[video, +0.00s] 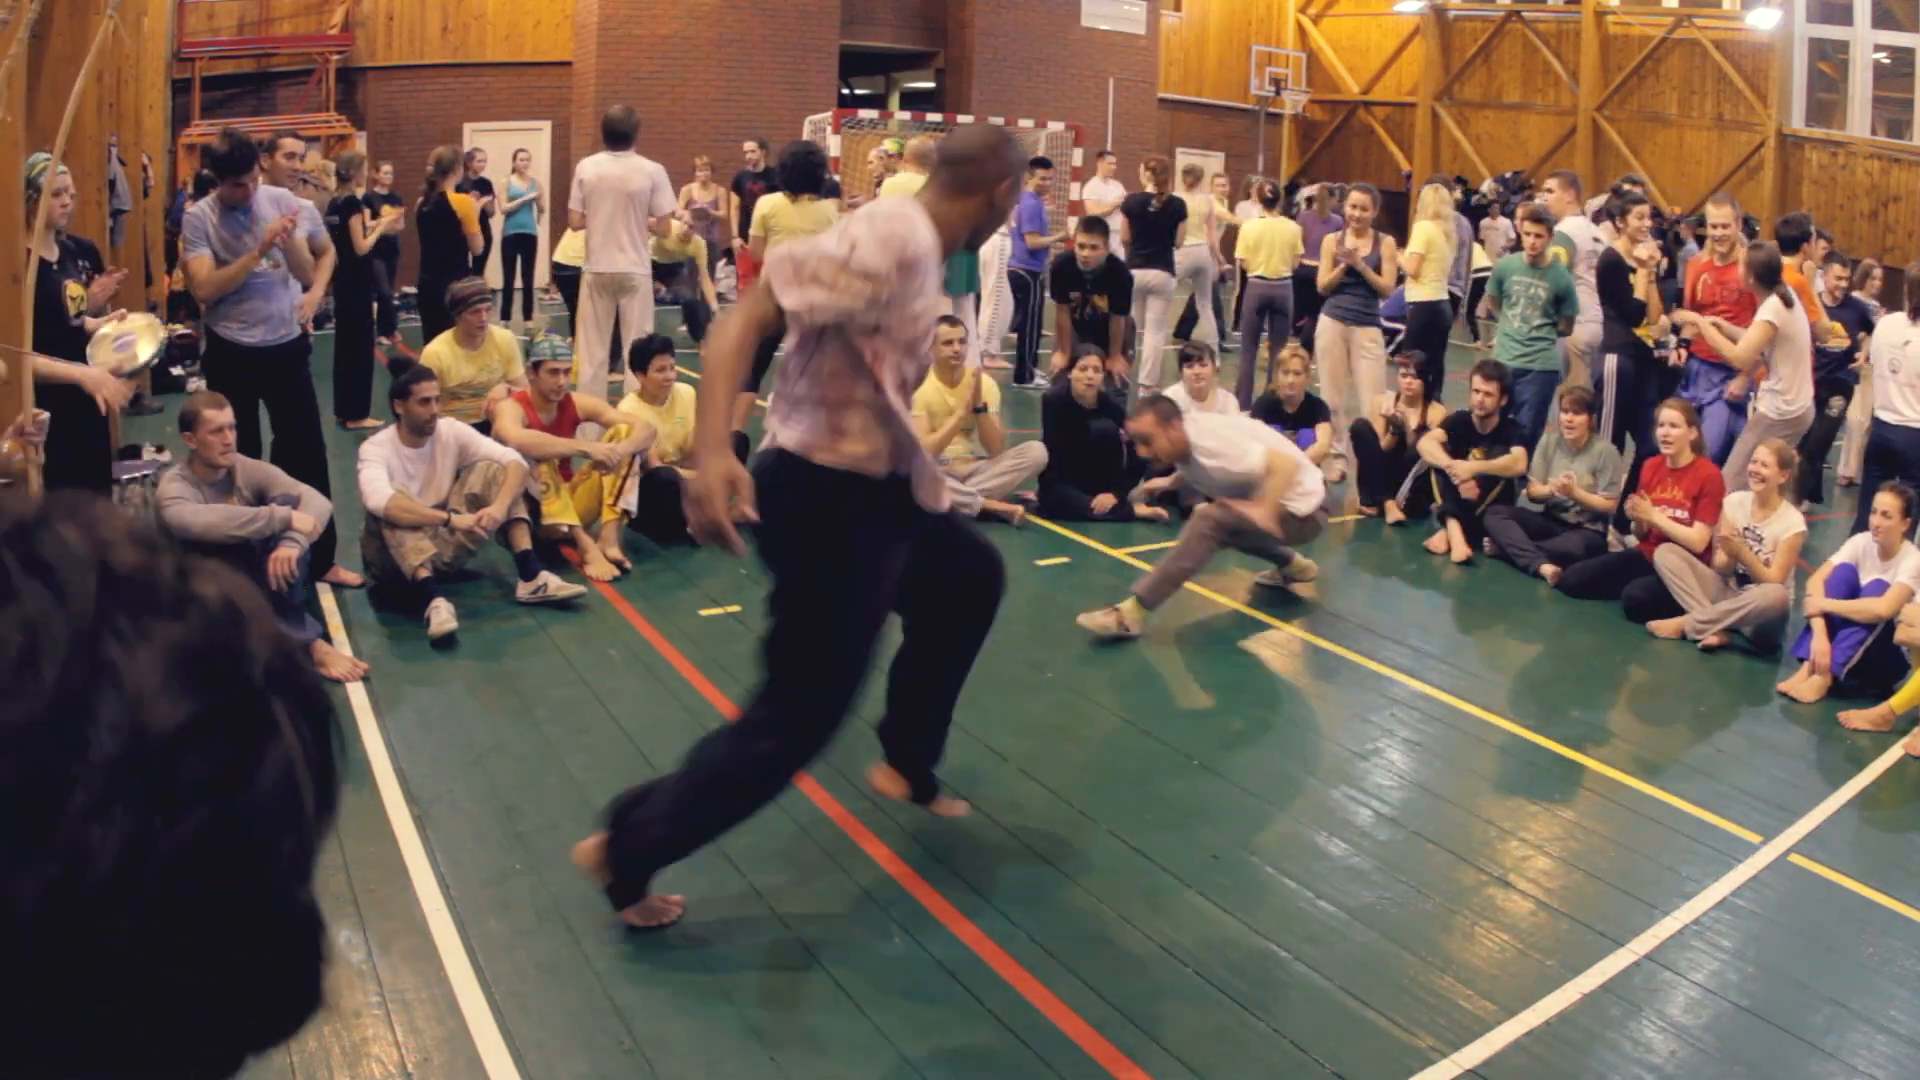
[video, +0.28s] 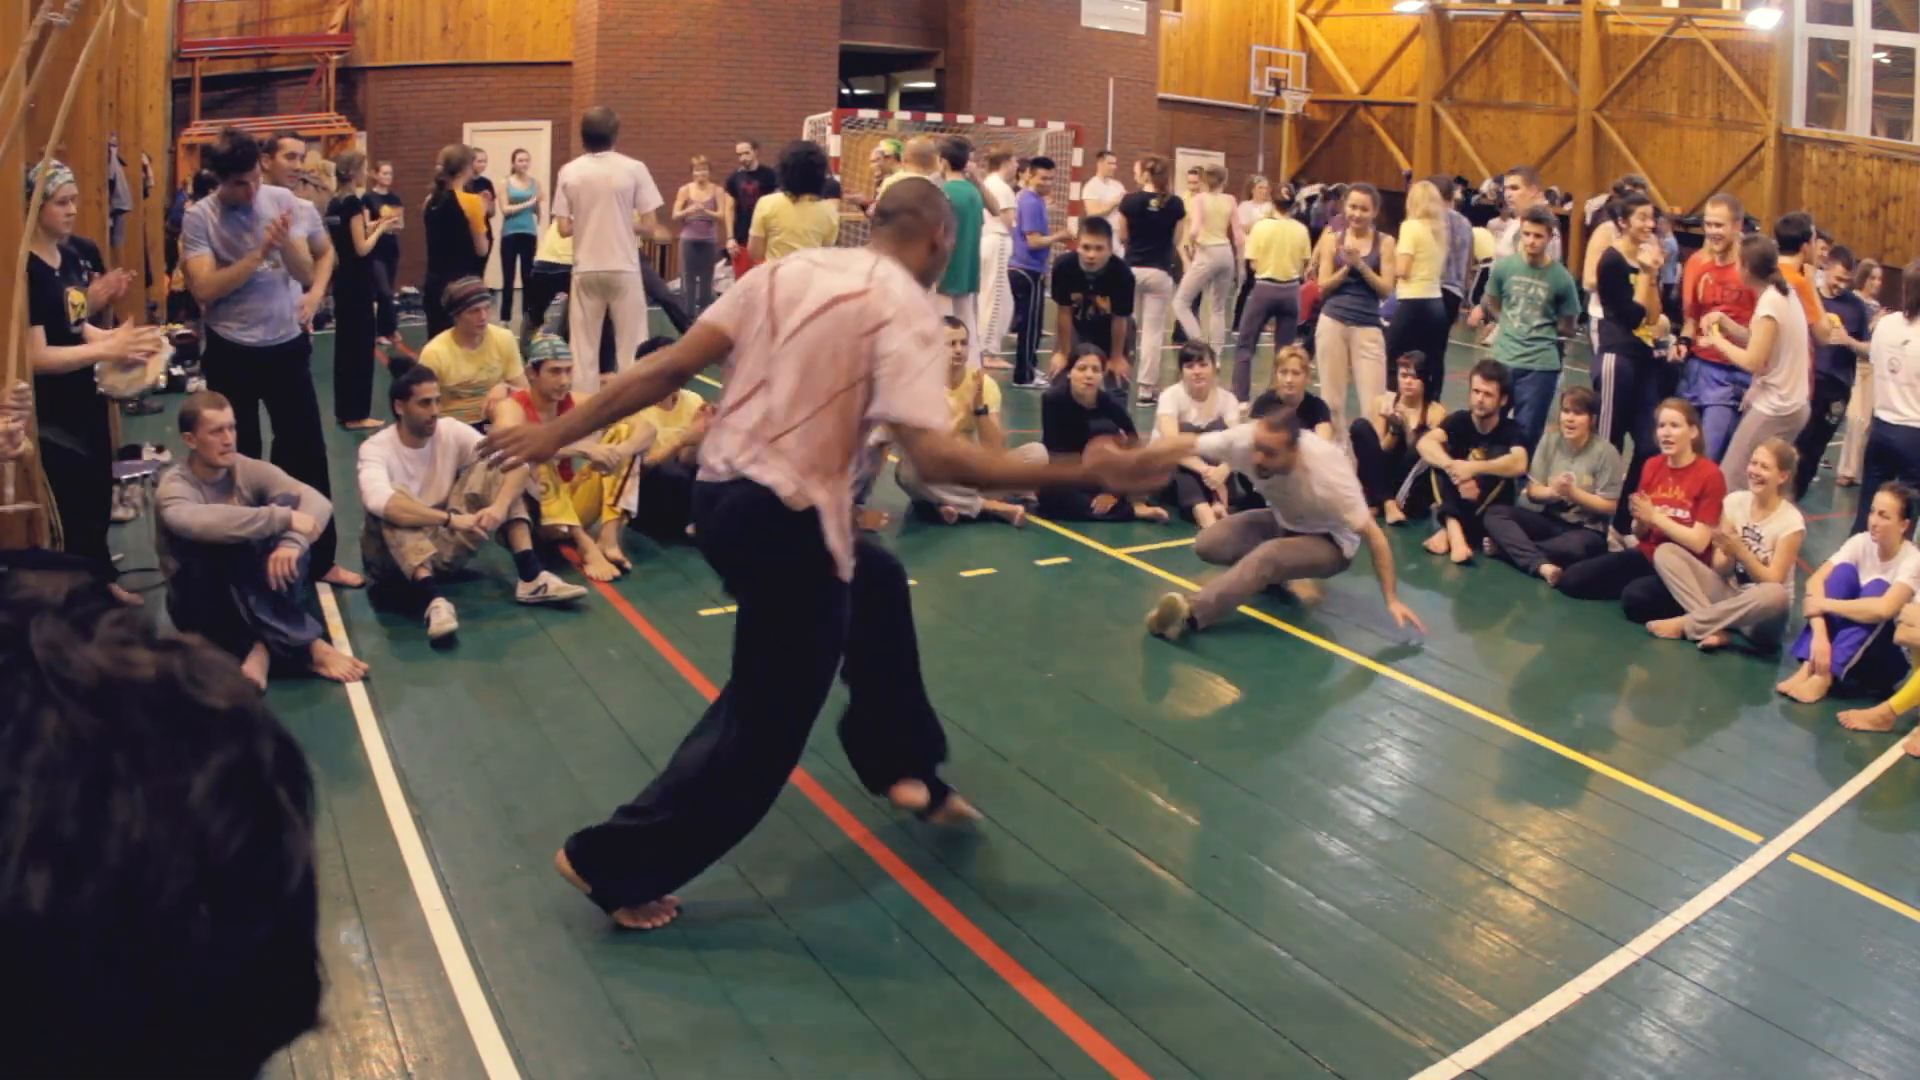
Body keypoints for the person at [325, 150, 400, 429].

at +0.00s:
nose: (370, 175)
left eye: (369, 169)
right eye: (367, 170)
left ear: (342, 172)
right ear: (357, 172)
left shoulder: (335, 203)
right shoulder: (352, 204)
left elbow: (352, 241)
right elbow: (360, 246)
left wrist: (377, 225)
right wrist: (381, 226)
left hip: (343, 281)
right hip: (358, 283)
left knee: (349, 343)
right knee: (360, 345)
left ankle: (346, 411)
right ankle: (355, 414)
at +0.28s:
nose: (370, 174)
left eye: (368, 169)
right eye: (367, 169)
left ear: (343, 172)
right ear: (357, 172)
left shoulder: (335, 203)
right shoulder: (355, 203)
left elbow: (346, 244)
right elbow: (361, 247)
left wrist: (377, 226)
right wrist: (381, 228)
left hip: (342, 280)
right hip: (358, 282)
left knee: (348, 343)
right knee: (361, 345)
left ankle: (347, 411)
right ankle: (356, 414)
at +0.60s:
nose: (369, 175)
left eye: (368, 169)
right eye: (366, 170)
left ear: (342, 172)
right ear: (357, 172)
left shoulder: (334, 202)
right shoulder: (354, 203)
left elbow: (343, 244)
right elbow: (363, 247)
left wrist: (368, 225)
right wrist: (380, 227)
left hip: (342, 280)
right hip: (358, 282)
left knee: (348, 343)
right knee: (360, 345)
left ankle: (346, 411)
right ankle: (356, 414)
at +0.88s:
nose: (370, 173)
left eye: (369, 168)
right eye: (367, 169)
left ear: (342, 172)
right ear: (357, 172)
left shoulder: (336, 203)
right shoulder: (353, 204)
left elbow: (348, 242)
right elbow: (358, 249)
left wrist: (373, 232)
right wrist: (384, 240)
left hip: (344, 281)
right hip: (358, 283)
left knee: (349, 343)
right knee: (361, 345)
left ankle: (346, 411)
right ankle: (355, 414)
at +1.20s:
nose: (369, 174)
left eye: (368, 169)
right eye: (367, 170)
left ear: (342, 171)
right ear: (358, 172)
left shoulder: (334, 203)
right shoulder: (354, 204)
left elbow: (345, 244)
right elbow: (361, 248)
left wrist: (370, 228)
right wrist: (381, 230)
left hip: (342, 279)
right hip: (358, 281)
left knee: (347, 342)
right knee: (361, 344)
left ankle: (346, 411)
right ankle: (356, 414)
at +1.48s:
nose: (370, 175)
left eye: (369, 169)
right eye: (367, 170)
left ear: (343, 171)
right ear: (358, 172)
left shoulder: (334, 203)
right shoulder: (353, 203)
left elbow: (347, 242)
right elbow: (361, 247)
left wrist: (371, 224)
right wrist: (384, 231)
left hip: (342, 281)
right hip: (358, 282)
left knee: (347, 344)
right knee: (361, 346)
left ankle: (346, 411)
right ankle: (355, 414)